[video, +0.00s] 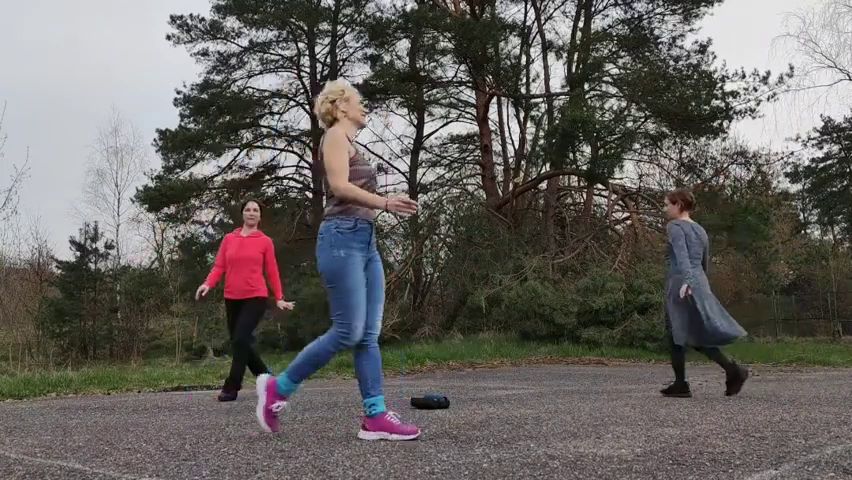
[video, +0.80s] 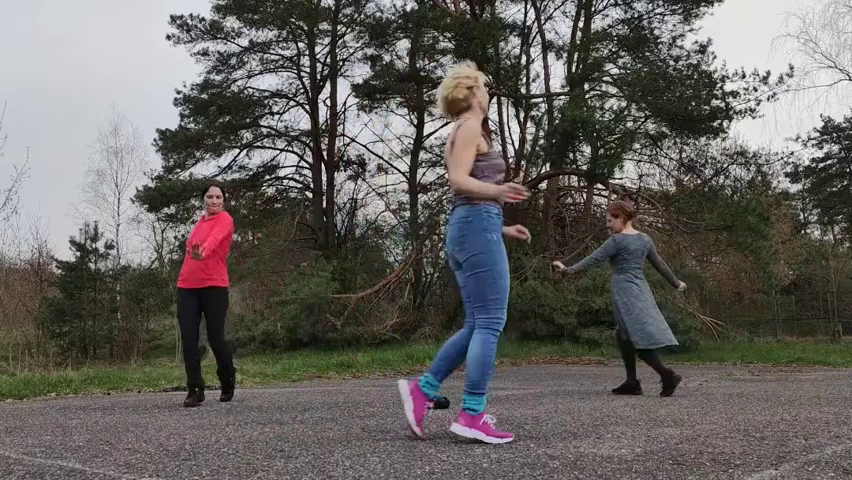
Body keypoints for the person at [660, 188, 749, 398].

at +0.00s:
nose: (665, 209)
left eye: (667, 205)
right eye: (665, 205)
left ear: (678, 205)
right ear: (682, 206)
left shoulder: (675, 227)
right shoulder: (700, 230)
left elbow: (682, 255)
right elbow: (704, 264)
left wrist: (687, 280)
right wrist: (699, 282)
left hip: (678, 288)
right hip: (698, 286)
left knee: (676, 335)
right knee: (696, 337)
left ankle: (680, 383)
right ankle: (732, 370)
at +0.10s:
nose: (658, 208)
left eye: (661, 204)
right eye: (658, 204)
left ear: (672, 205)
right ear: (678, 206)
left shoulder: (668, 226)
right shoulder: (693, 229)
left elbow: (674, 255)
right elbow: (698, 261)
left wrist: (678, 281)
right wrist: (694, 282)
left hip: (675, 284)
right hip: (692, 285)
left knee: (674, 334)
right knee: (685, 334)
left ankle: (679, 383)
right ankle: (708, 367)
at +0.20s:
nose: (652, 209)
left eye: (654, 205)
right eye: (652, 204)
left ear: (665, 205)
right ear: (669, 206)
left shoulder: (663, 227)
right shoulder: (688, 230)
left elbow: (664, 258)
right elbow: (693, 262)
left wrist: (662, 285)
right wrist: (688, 282)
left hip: (670, 284)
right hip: (686, 284)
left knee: (667, 332)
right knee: (678, 332)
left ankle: (680, 381)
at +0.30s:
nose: (647, 211)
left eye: (648, 207)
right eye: (647, 207)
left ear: (660, 206)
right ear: (664, 207)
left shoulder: (657, 230)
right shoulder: (681, 231)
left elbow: (650, 261)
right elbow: (687, 263)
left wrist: (645, 287)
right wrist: (690, 288)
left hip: (663, 287)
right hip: (680, 287)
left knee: (664, 334)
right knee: (653, 331)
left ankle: (680, 382)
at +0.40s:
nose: (641, 213)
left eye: (643, 208)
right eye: (641, 208)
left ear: (653, 208)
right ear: (658, 208)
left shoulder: (651, 230)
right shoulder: (676, 231)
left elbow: (635, 259)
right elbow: (684, 262)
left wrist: (616, 280)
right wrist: (691, 284)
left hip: (657, 286)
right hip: (674, 286)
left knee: (665, 334)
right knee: (641, 323)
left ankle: (679, 383)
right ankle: (619, 363)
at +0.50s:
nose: (632, 215)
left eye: (634, 211)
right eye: (632, 211)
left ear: (646, 209)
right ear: (650, 210)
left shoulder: (642, 232)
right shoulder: (669, 232)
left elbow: (619, 256)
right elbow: (683, 260)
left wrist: (594, 266)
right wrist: (692, 281)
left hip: (651, 288)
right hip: (667, 287)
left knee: (663, 334)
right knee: (631, 315)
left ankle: (679, 383)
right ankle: (610, 358)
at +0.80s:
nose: (608, 224)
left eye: (610, 220)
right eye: (608, 220)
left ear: (622, 218)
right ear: (625, 219)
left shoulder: (616, 241)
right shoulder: (644, 239)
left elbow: (592, 259)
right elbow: (660, 265)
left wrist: (567, 269)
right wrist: (676, 284)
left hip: (624, 293)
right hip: (641, 291)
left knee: (636, 340)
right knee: (623, 336)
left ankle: (667, 375)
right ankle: (631, 381)